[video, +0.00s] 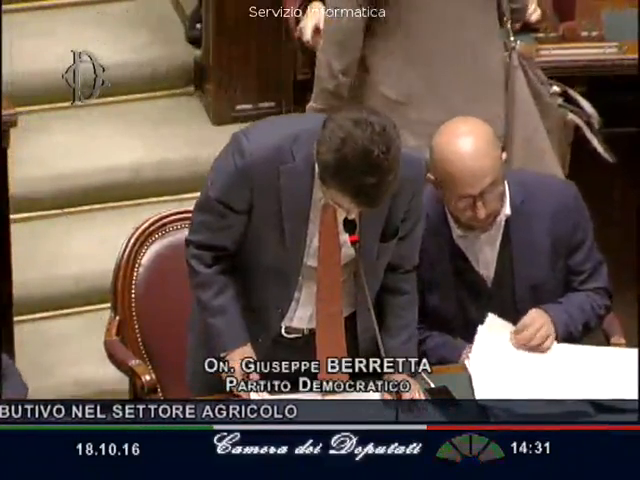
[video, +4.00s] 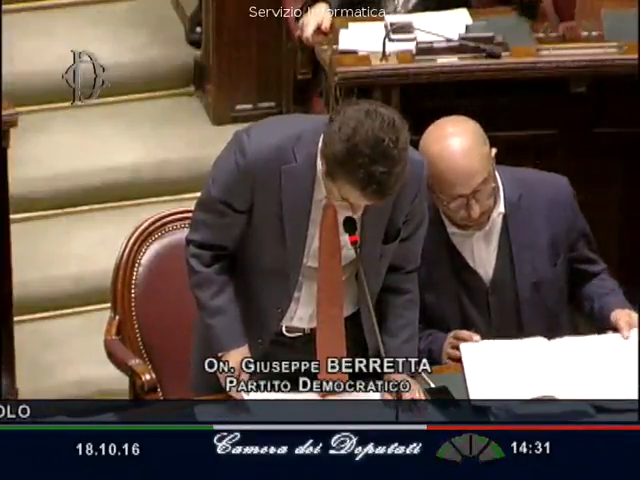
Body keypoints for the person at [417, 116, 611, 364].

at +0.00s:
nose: (480, 211)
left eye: (489, 192)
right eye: (464, 199)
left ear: (503, 160)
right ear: (434, 181)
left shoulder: (558, 201)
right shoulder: (414, 222)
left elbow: (595, 292)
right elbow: (404, 326)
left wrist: (554, 319)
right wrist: (463, 354)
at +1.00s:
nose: (475, 211)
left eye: (484, 191)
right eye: (457, 200)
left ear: (495, 156)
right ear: (429, 182)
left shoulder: (554, 198)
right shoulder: (409, 222)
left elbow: (587, 272)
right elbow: (398, 324)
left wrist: (603, 306)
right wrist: (455, 353)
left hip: (556, 375)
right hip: (459, 385)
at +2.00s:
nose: (479, 207)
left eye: (484, 187)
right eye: (460, 199)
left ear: (492, 158)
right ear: (430, 189)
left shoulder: (552, 198)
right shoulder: (409, 225)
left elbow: (595, 283)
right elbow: (403, 329)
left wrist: (556, 312)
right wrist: (458, 354)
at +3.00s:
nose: (476, 208)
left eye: (482, 188)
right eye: (458, 199)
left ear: (492, 158)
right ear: (430, 187)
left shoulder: (553, 198)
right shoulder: (408, 224)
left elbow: (594, 282)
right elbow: (401, 326)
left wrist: (578, 310)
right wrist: (448, 350)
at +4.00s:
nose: (473, 210)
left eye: (481, 191)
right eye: (455, 199)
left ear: (493, 158)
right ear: (428, 185)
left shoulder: (551, 195)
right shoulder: (407, 220)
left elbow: (587, 273)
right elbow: (391, 323)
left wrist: (616, 310)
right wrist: (438, 345)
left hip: (554, 376)